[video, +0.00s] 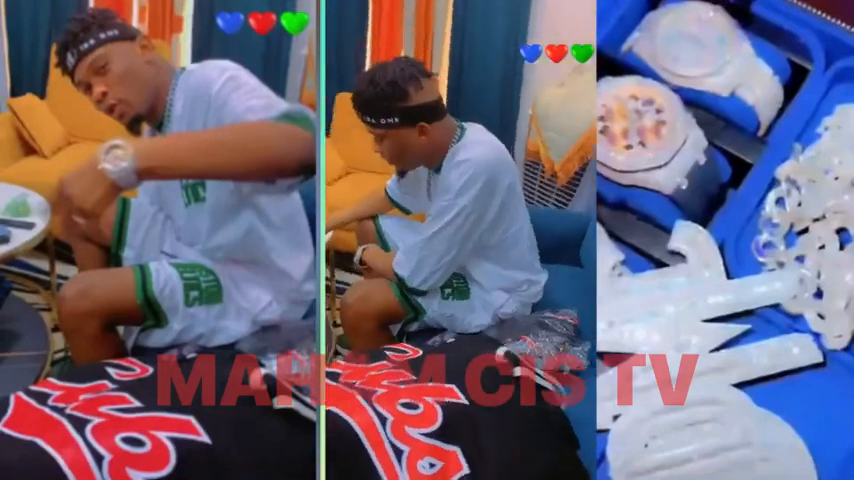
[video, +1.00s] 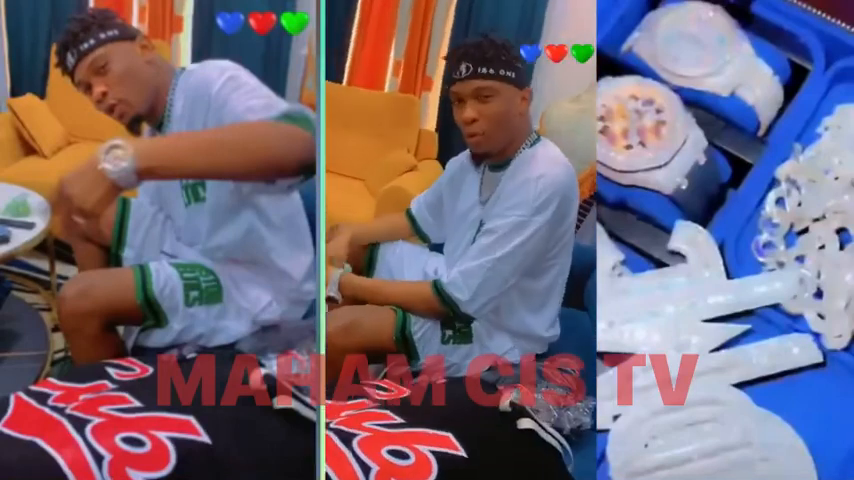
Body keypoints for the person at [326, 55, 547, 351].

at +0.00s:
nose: (377, 149)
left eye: (381, 139)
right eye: (375, 139)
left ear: (421, 132)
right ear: (423, 131)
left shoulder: (476, 165)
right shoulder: (440, 148)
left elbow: (419, 272)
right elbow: (394, 195)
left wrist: (364, 251)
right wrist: (338, 218)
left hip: (497, 290)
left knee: (358, 304)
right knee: (369, 229)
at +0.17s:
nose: (394, 138)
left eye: (399, 130)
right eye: (394, 128)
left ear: (441, 132)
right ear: (441, 130)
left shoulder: (495, 171)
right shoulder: (454, 147)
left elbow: (418, 268)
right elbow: (399, 190)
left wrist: (367, 232)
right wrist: (330, 203)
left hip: (494, 298)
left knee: (356, 290)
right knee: (373, 216)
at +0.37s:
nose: (440, 123)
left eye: (449, 115)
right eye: (443, 112)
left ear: (490, 126)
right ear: (490, 126)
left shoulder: (531, 182)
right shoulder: (484, 145)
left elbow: (426, 267)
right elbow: (409, 184)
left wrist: (362, 224)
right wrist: (337, 191)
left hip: (498, 306)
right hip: (470, 260)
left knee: (360, 284)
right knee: (379, 209)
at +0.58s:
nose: (469, 113)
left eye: (482, 107)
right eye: (475, 102)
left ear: (525, 124)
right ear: (524, 125)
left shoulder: (555, 190)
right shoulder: (498, 145)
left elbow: (447, 278)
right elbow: (414, 189)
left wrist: (359, 232)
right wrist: (334, 194)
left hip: (507, 310)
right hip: (476, 263)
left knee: (366, 293)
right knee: (378, 216)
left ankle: (358, 397)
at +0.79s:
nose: (472, 114)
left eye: (491, 104)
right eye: (473, 100)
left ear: (537, 117)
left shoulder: (551, 195)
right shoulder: (483, 160)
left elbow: (453, 300)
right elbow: (419, 213)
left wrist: (351, 268)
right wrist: (339, 207)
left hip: (496, 331)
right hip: (458, 275)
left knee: (350, 318)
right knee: (352, 231)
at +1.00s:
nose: (468, 115)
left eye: (484, 98)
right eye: (459, 102)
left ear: (524, 100)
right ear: (450, 106)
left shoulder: (544, 179)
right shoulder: (468, 164)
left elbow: (452, 298)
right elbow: (415, 221)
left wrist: (345, 285)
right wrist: (349, 235)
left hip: (496, 334)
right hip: (454, 285)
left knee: (335, 329)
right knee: (346, 239)